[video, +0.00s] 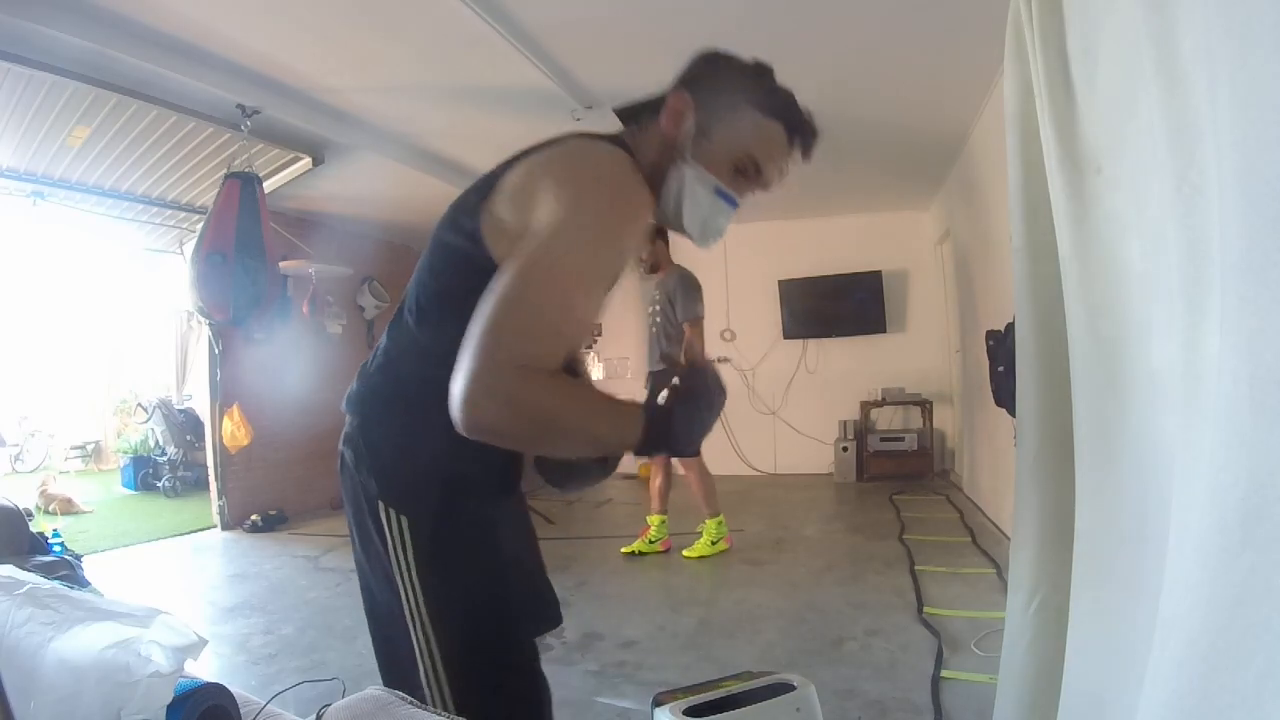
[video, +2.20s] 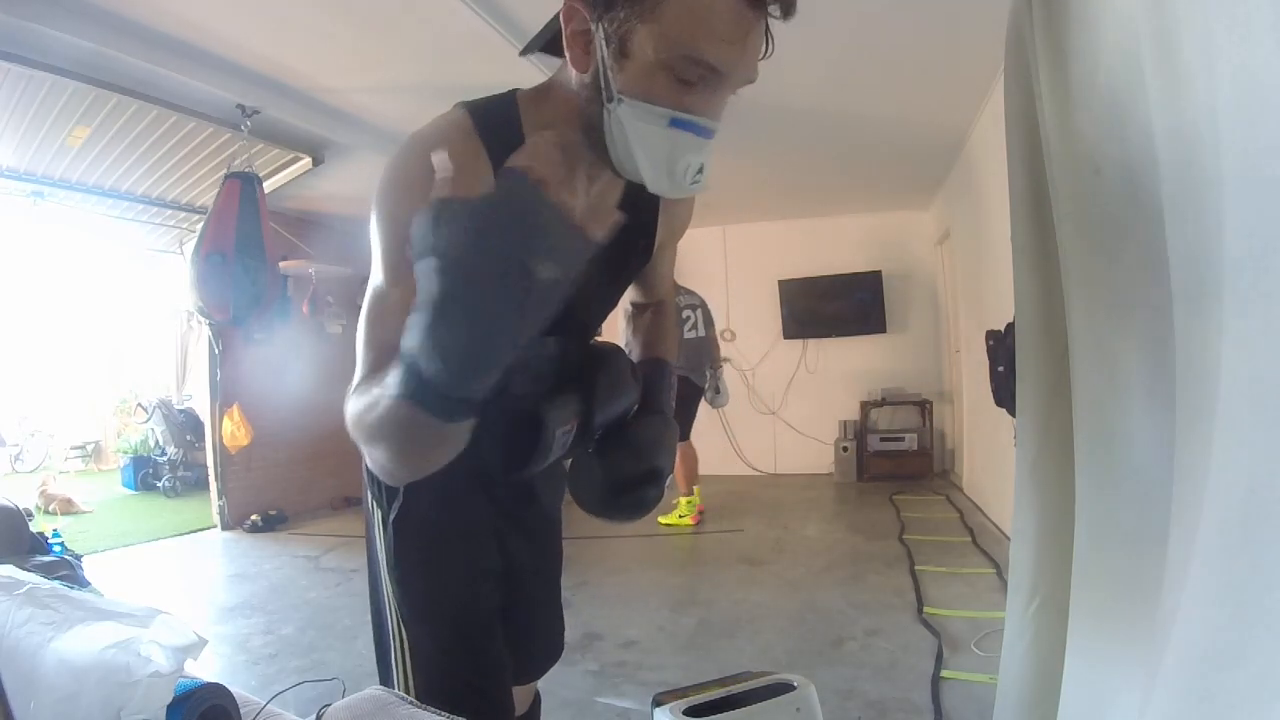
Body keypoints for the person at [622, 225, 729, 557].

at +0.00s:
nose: (639, 257)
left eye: (644, 249)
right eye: (636, 250)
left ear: (662, 245)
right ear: (638, 251)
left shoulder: (682, 281)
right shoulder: (651, 284)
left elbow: (694, 333)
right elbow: (656, 333)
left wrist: (687, 378)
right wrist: (653, 375)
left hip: (682, 376)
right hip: (657, 377)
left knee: (688, 456)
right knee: (658, 456)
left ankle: (716, 529)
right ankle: (657, 530)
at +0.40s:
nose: (658, 266)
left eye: (658, 258)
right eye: (655, 260)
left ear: (675, 249)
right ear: (676, 252)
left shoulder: (701, 281)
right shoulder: (690, 283)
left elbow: (720, 336)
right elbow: (696, 333)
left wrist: (695, 373)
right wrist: (682, 367)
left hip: (717, 373)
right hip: (705, 372)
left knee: (716, 452)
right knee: (695, 446)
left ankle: (721, 532)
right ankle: (696, 517)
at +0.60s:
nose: (670, 265)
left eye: (671, 257)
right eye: (669, 258)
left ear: (686, 251)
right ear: (693, 252)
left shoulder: (705, 284)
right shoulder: (717, 282)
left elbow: (711, 339)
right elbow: (718, 337)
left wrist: (685, 376)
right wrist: (686, 367)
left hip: (717, 375)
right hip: (725, 374)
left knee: (717, 454)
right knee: (722, 450)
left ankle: (719, 533)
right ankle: (738, 512)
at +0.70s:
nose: (678, 267)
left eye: (678, 259)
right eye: (676, 260)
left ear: (690, 253)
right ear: (702, 253)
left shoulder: (707, 285)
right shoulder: (727, 284)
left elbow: (712, 336)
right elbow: (728, 335)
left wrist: (687, 371)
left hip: (715, 375)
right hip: (731, 375)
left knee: (718, 454)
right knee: (730, 448)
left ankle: (719, 533)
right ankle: (748, 513)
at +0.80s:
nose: (684, 270)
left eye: (685, 262)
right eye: (683, 264)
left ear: (696, 255)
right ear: (708, 256)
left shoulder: (708, 286)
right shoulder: (734, 286)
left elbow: (710, 336)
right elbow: (749, 342)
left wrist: (686, 371)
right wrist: (746, 379)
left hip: (718, 378)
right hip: (738, 378)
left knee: (719, 456)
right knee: (738, 449)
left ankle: (718, 533)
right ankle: (750, 515)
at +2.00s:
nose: (665, 279)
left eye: (666, 273)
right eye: (666, 273)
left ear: (673, 272)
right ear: (683, 269)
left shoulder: (671, 300)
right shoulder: (705, 297)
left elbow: (668, 344)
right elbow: (721, 339)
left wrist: (661, 376)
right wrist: (723, 374)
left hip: (684, 375)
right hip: (708, 375)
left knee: (683, 442)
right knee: (701, 439)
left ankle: (687, 508)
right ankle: (729, 489)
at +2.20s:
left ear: (653, 279)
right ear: (670, 273)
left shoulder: (656, 302)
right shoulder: (694, 297)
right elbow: (711, 337)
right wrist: (716, 369)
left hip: (675, 374)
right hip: (697, 374)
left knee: (678, 438)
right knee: (682, 437)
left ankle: (687, 507)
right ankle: (693, 498)